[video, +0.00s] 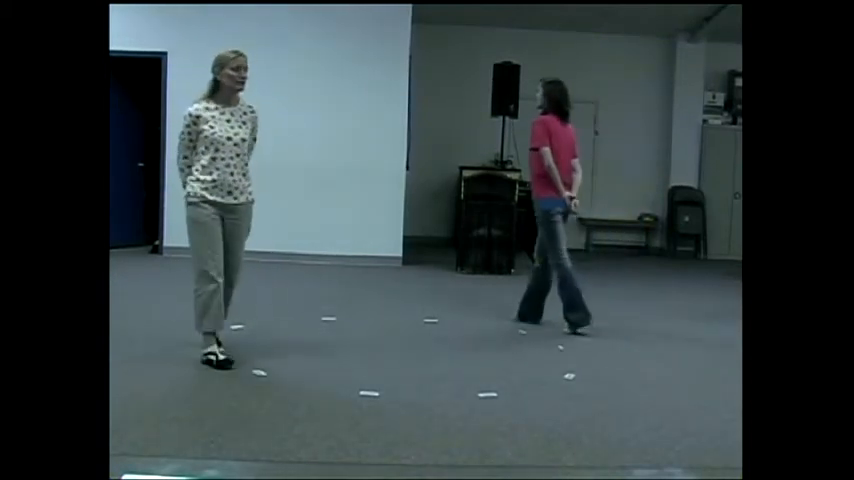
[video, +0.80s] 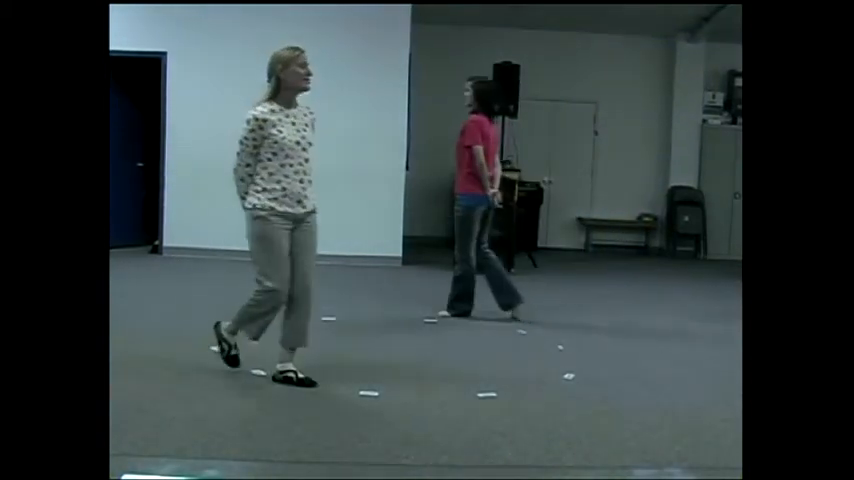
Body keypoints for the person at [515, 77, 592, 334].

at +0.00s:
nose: (537, 98)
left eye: (540, 94)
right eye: (539, 93)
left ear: (547, 98)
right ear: (562, 100)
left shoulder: (541, 124)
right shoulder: (569, 128)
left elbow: (548, 161)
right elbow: (576, 167)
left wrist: (563, 191)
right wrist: (574, 194)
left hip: (546, 199)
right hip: (563, 199)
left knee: (560, 258)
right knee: (543, 257)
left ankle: (578, 316)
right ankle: (529, 312)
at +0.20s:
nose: (525, 101)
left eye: (527, 97)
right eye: (527, 96)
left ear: (531, 101)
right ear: (549, 102)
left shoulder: (528, 126)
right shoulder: (551, 130)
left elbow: (535, 164)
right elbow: (558, 166)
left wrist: (547, 194)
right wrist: (557, 195)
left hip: (529, 201)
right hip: (547, 202)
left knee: (520, 254)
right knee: (529, 254)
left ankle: (554, 302)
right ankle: (528, 312)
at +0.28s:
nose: (514, 98)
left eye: (518, 95)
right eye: (515, 94)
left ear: (527, 100)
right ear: (538, 102)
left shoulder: (525, 128)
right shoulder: (544, 130)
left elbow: (531, 166)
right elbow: (551, 166)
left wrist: (542, 195)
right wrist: (553, 196)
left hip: (523, 203)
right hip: (540, 202)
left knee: (507, 253)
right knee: (525, 253)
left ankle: (540, 297)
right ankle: (525, 310)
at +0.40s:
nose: (502, 96)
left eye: (506, 92)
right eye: (503, 92)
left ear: (516, 97)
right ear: (524, 99)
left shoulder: (515, 124)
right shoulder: (531, 127)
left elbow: (522, 160)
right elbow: (538, 163)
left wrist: (533, 190)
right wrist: (540, 190)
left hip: (513, 198)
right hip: (530, 199)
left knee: (491, 246)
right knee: (523, 251)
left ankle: (505, 304)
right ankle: (528, 310)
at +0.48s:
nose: (496, 97)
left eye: (499, 93)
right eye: (497, 92)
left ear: (510, 97)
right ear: (518, 98)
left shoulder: (510, 123)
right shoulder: (525, 127)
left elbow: (518, 159)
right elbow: (534, 162)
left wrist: (528, 189)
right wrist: (534, 189)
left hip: (507, 198)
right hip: (526, 198)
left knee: (488, 247)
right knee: (522, 253)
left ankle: (483, 308)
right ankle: (528, 312)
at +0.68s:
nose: (478, 98)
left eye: (482, 94)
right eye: (479, 93)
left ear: (492, 99)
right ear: (500, 100)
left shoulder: (488, 127)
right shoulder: (505, 128)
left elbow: (494, 162)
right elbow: (511, 162)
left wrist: (505, 192)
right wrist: (513, 191)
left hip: (486, 200)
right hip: (504, 199)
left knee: (475, 257)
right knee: (507, 254)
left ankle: (460, 306)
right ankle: (526, 309)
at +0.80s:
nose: (465, 95)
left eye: (469, 92)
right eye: (466, 91)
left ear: (478, 97)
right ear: (487, 99)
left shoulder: (473, 123)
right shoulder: (490, 125)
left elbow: (480, 158)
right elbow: (496, 162)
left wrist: (489, 187)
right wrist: (495, 188)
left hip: (469, 197)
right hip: (486, 196)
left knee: (464, 255)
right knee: (482, 249)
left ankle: (459, 307)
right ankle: (511, 299)